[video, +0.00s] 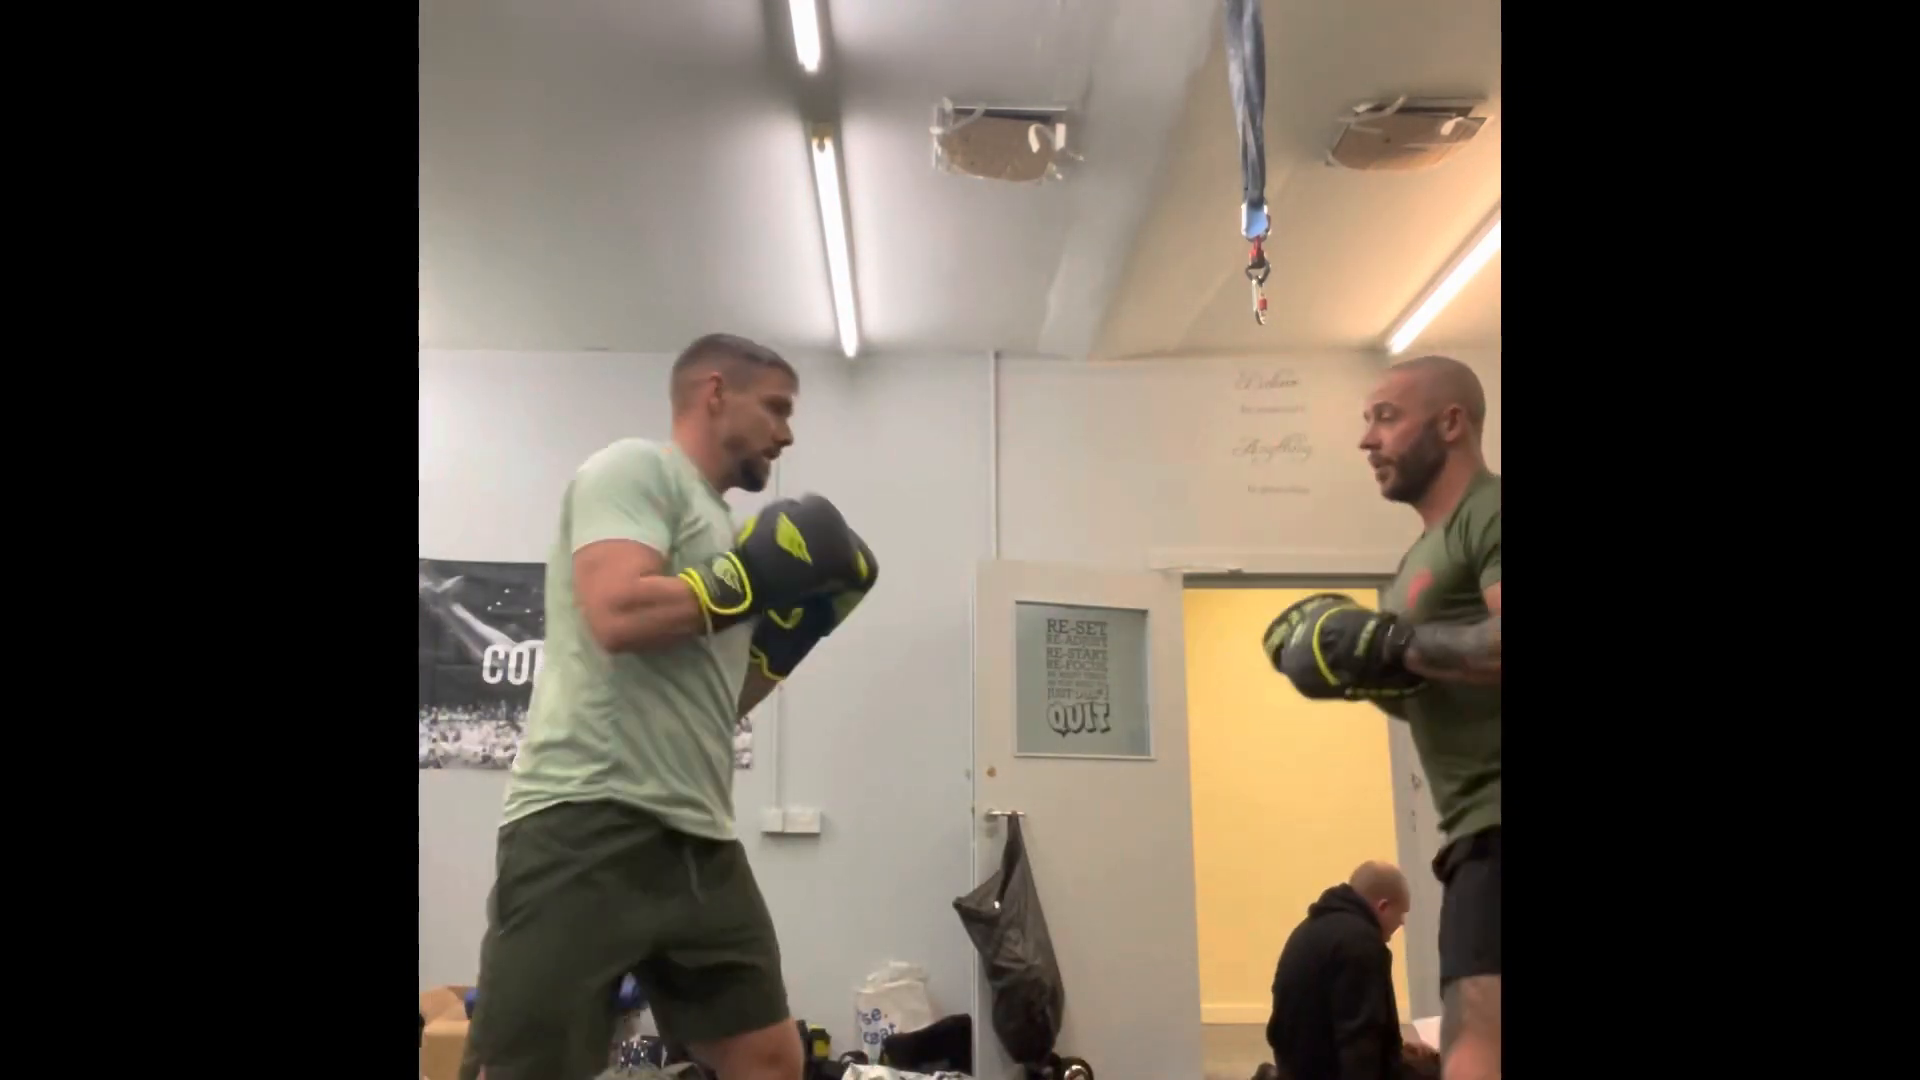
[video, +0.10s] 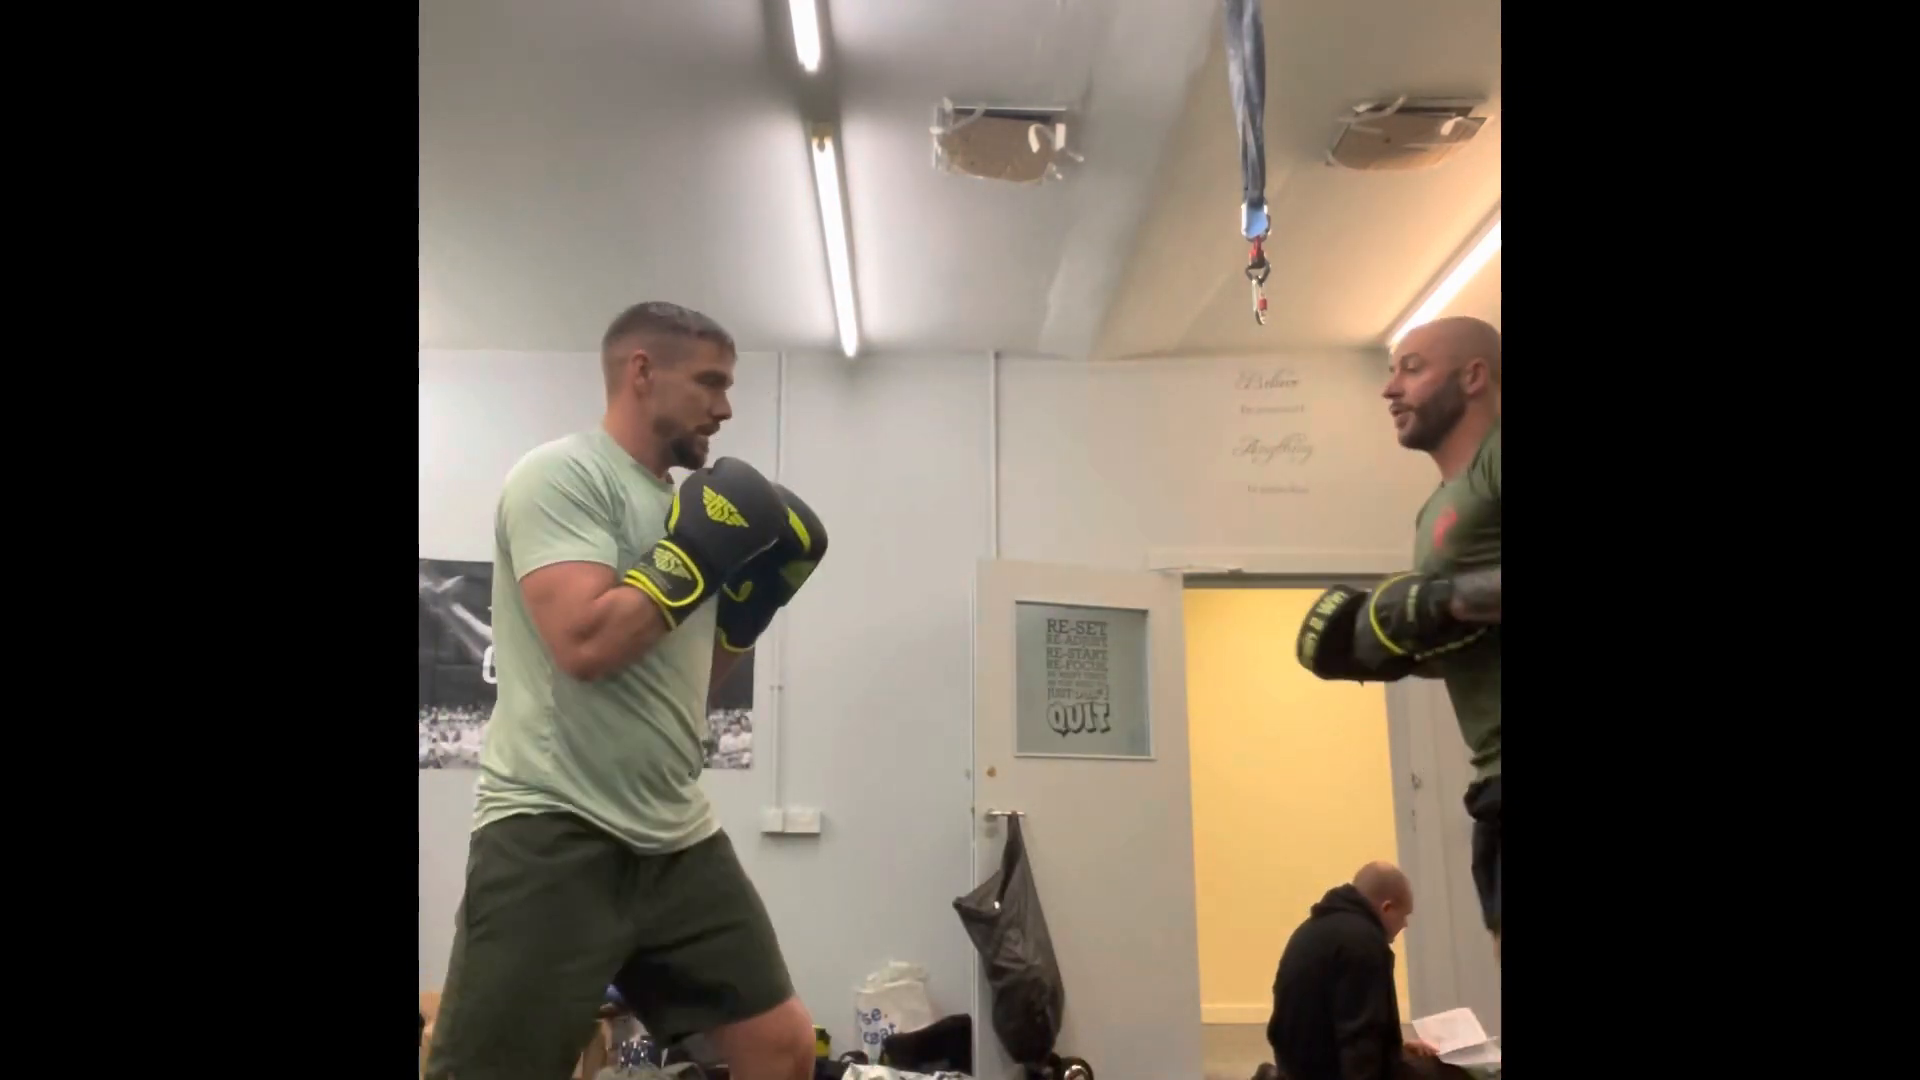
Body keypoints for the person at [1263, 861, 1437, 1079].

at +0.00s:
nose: (1400, 925)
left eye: (1402, 917)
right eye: (1400, 916)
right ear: (1382, 908)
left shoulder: (1308, 930)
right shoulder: (1362, 943)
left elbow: (1280, 1031)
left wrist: (1395, 1049)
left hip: (1299, 1067)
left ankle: (1272, 1073)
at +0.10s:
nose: (1404, 927)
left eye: (1406, 918)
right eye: (1404, 917)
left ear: (1358, 896)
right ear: (1386, 909)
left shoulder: (1311, 929)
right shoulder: (1365, 942)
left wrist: (1398, 1047)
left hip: (1298, 1068)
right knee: (1454, 1071)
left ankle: (1275, 1075)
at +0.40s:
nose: (1405, 936)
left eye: (1409, 927)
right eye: (1407, 926)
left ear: (1363, 901)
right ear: (1388, 912)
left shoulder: (1314, 928)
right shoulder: (1365, 941)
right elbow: (1366, 1037)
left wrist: (1397, 1048)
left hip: (1298, 1065)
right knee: (1449, 1071)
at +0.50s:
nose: (1402, 944)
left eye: (1407, 936)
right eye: (1405, 934)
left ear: (1365, 903)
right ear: (1390, 916)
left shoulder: (1314, 928)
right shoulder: (1365, 941)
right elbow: (1364, 1038)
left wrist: (1397, 1048)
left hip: (1300, 1066)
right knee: (1450, 1070)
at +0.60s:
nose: (1401, 948)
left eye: (1407, 939)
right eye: (1405, 937)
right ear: (1390, 918)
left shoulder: (1316, 928)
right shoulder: (1365, 941)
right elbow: (1365, 1037)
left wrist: (1398, 1048)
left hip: (1298, 1064)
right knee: (1449, 1070)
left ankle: (1276, 1073)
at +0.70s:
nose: (1401, 950)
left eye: (1408, 942)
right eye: (1405, 939)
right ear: (1390, 919)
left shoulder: (1315, 928)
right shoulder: (1365, 941)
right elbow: (1363, 1037)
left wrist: (1398, 1049)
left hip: (1297, 1065)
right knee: (1448, 1070)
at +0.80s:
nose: (1399, 951)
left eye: (1407, 941)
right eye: (1405, 938)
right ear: (1390, 918)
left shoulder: (1315, 928)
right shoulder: (1364, 941)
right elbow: (1362, 1043)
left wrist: (1397, 1047)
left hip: (1300, 1065)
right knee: (1448, 1068)